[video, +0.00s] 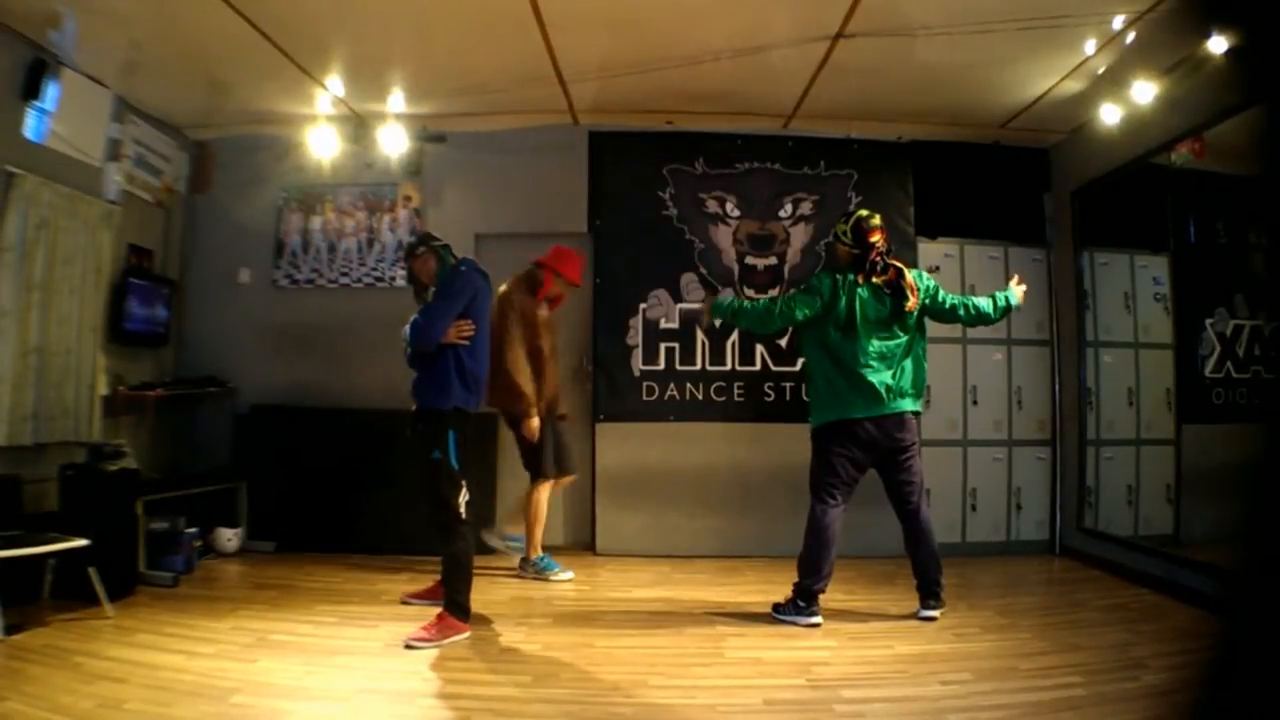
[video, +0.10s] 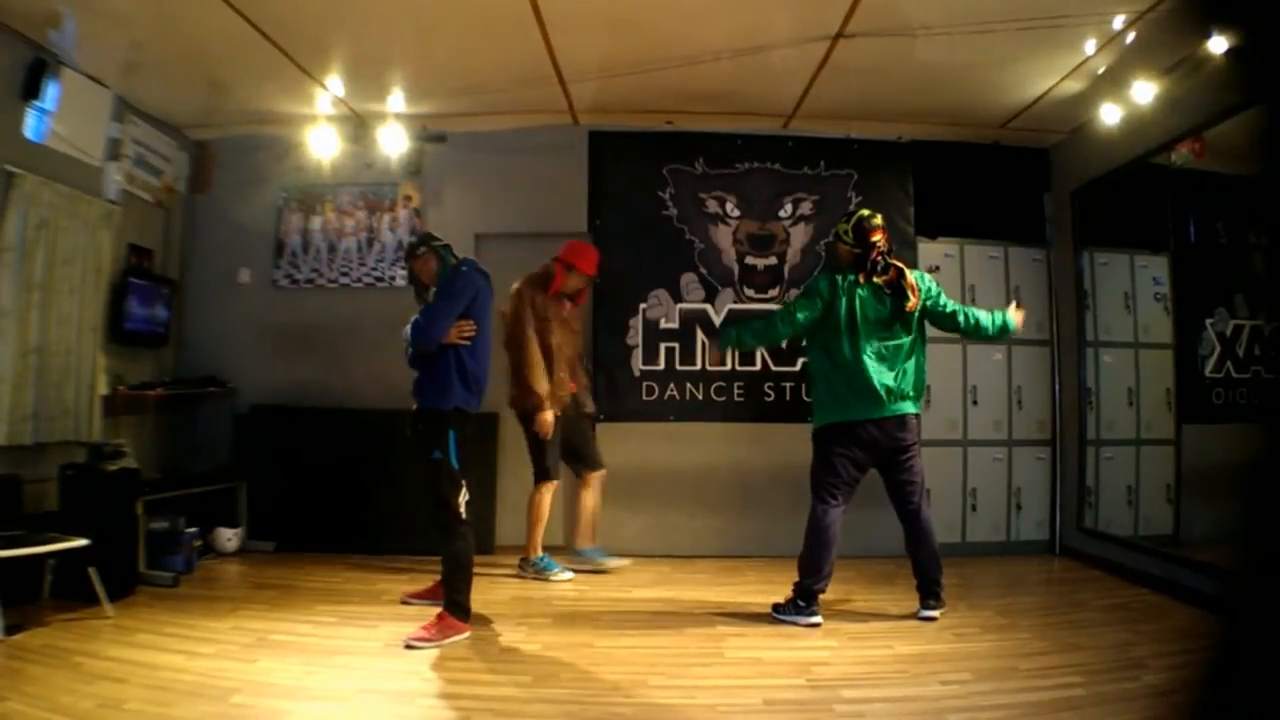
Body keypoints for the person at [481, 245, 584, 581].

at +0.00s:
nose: (562, 294)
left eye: (565, 288)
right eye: (561, 286)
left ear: (552, 280)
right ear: (547, 276)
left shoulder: (536, 302)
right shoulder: (513, 298)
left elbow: (543, 357)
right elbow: (512, 358)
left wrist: (552, 402)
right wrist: (527, 408)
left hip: (542, 402)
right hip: (523, 405)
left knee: (564, 473)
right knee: (542, 476)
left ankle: (507, 529)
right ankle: (533, 556)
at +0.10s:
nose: (581, 285)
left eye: (584, 280)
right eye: (579, 278)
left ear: (581, 277)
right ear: (565, 269)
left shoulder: (570, 300)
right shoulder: (527, 294)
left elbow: (571, 356)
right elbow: (527, 352)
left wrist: (583, 395)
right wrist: (541, 404)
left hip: (569, 399)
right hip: (538, 401)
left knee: (593, 471)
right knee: (547, 479)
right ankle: (532, 556)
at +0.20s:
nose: (593, 280)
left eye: (599, 275)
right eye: (589, 272)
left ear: (602, 277)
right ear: (573, 267)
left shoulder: (594, 305)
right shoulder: (544, 295)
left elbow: (596, 356)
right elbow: (539, 350)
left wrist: (605, 399)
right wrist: (554, 399)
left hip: (589, 401)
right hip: (557, 402)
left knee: (614, 477)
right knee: (558, 481)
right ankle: (534, 556)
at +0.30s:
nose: (601, 279)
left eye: (607, 272)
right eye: (595, 272)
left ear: (615, 273)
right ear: (581, 272)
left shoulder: (623, 308)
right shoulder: (560, 301)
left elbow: (628, 358)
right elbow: (551, 351)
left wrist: (629, 402)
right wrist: (561, 397)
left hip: (611, 405)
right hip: (576, 404)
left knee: (639, 479)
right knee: (569, 485)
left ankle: (663, 551)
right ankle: (539, 555)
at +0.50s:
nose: (625, 279)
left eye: (630, 272)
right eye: (618, 274)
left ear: (641, 271)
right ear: (611, 278)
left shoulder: (666, 312)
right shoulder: (601, 311)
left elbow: (679, 365)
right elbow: (585, 360)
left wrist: (682, 416)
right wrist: (583, 407)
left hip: (657, 408)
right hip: (613, 405)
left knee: (675, 480)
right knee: (587, 480)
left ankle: (680, 553)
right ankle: (569, 555)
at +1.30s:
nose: (636, 316)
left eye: (645, 311)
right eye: (634, 307)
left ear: (656, 316)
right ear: (625, 304)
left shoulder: (679, 346)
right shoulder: (599, 332)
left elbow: (700, 393)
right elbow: (584, 376)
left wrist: (684, 436)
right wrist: (591, 415)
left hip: (661, 421)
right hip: (616, 420)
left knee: (690, 496)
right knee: (596, 481)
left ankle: (689, 554)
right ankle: (579, 565)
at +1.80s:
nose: (638, 367)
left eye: (648, 363)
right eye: (636, 356)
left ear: (655, 369)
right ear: (626, 350)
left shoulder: (661, 389)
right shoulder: (592, 359)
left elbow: (655, 419)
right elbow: (556, 371)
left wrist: (636, 454)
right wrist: (562, 421)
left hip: (626, 435)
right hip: (585, 432)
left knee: (677, 491)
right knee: (569, 483)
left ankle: (683, 554)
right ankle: (577, 567)